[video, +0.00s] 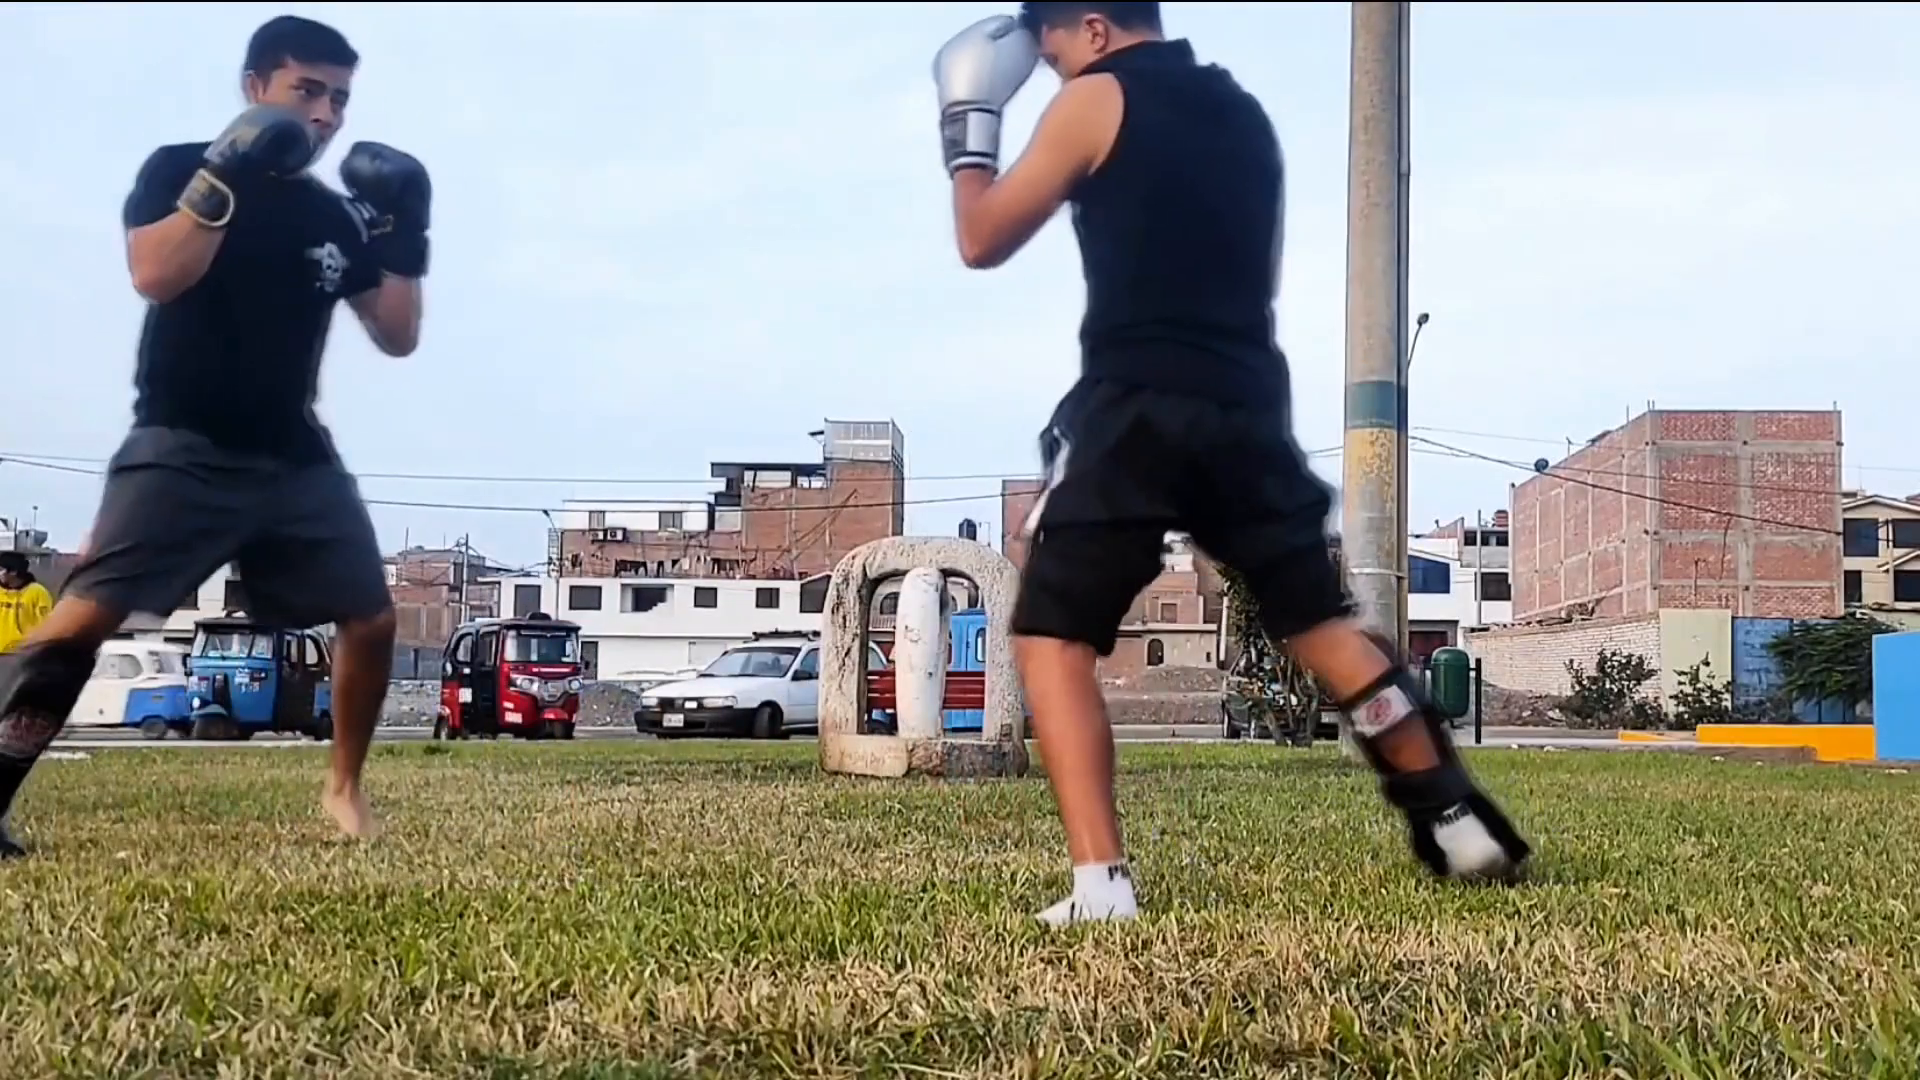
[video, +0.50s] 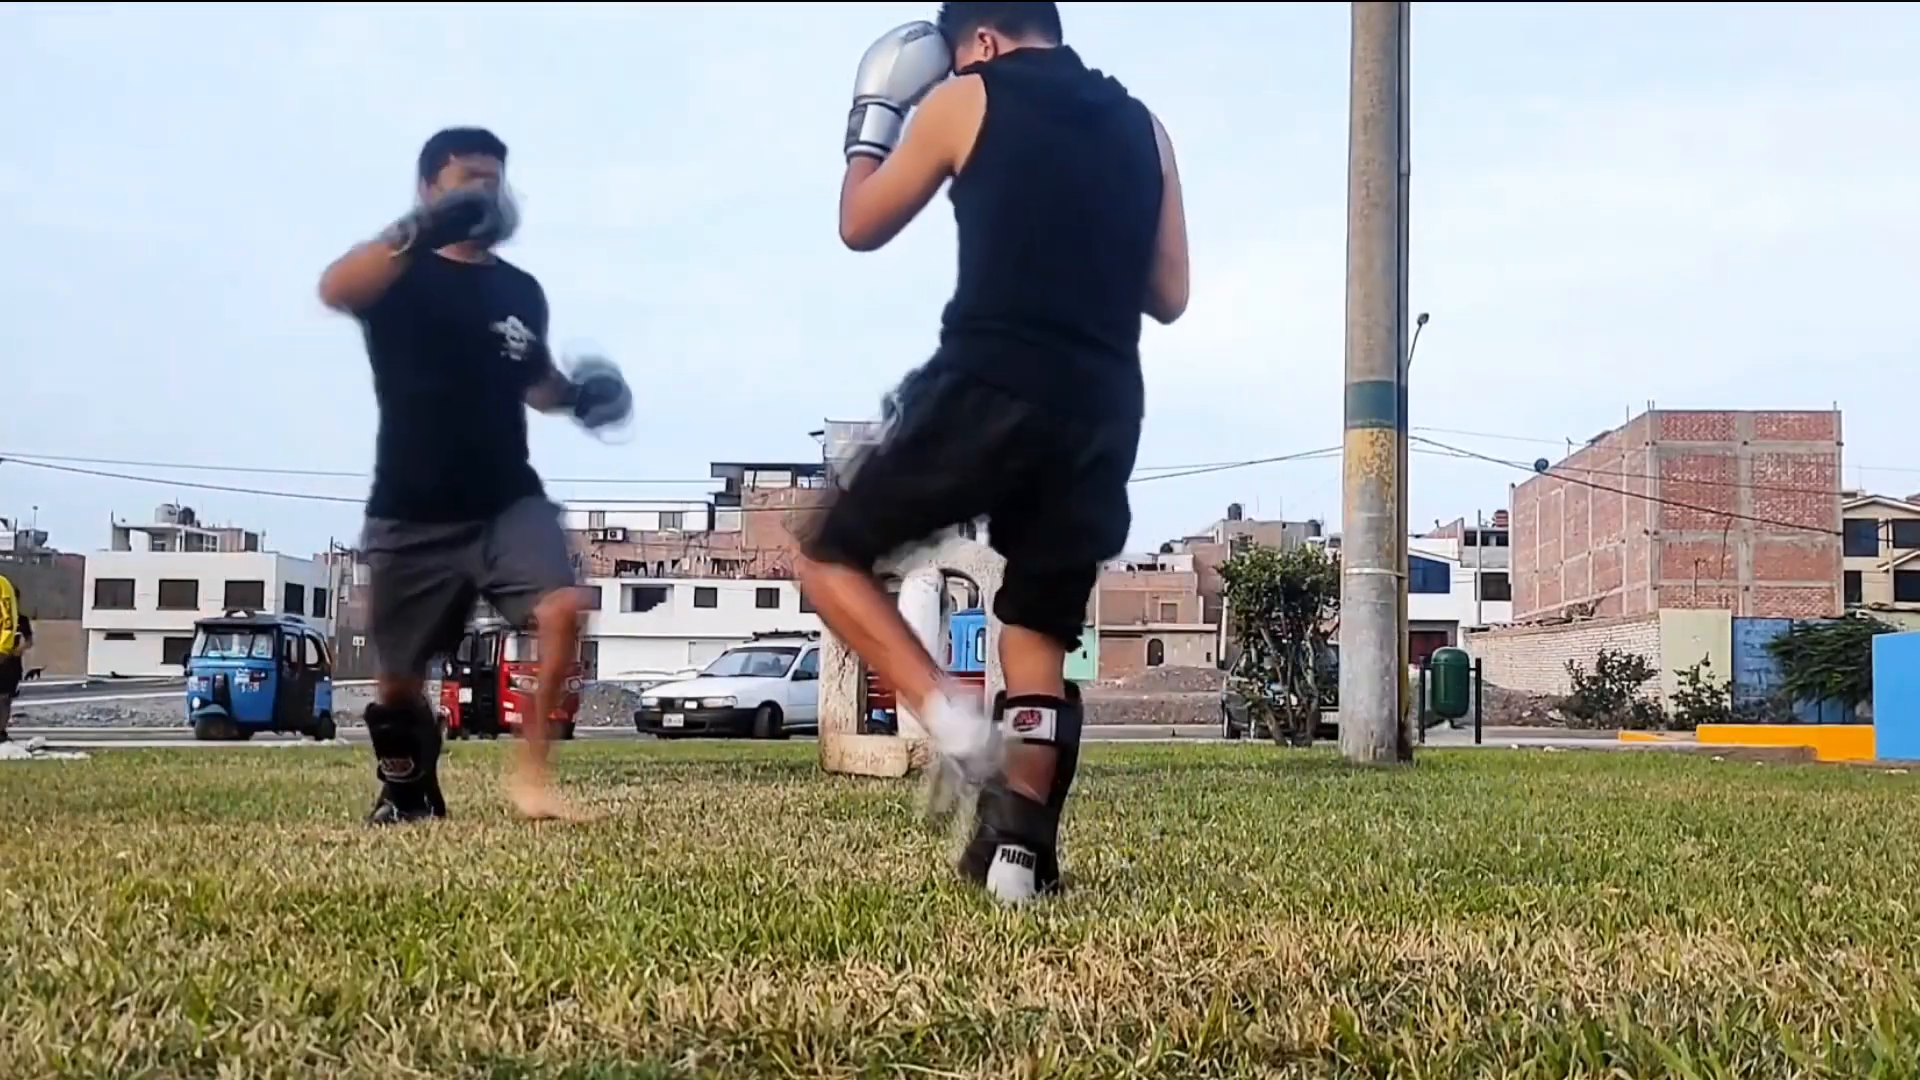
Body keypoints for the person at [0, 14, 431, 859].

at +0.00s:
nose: (324, 110)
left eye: (337, 97)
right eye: (309, 90)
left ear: (345, 107)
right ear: (256, 87)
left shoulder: (340, 215)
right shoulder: (181, 169)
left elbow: (398, 335)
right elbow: (155, 275)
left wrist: (405, 229)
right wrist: (222, 175)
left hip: (296, 455)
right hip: (181, 444)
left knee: (371, 617)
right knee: (85, 614)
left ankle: (345, 789)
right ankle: (0, 800)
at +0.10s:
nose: (366, 115)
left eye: (380, 101)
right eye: (349, 96)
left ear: (391, 110)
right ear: (302, 96)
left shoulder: (396, 211)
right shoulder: (247, 177)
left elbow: (468, 331)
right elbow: (195, 275)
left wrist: (451, 224)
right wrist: (253, 176)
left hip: (344, 457)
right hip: (231, 436)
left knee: (382, 624)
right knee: (136, 597)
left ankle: (333, 810)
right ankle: (35, 790)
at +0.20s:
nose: (405, 115)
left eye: (418, 101)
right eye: (387, 98)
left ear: (428, 110)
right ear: (345, 103)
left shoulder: (440, 213)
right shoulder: (297, 182)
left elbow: (509, 329)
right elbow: (236, 274)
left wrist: (491, 222)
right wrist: (292, 171)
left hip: (381, 458)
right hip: (272, 434)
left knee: (388, 628)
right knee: (219, 584)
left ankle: (339, 806)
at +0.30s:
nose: (436, 115)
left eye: (448, 101)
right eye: (419, 97)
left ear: (459, 113)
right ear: (377, 102)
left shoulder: (467, 216)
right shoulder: (321, 183)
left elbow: (514, 334)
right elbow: (271, 274)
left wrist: (514, 243)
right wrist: (334, 183)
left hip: (423, 444)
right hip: (321, 432)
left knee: (429, 610)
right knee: (298, 606)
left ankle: (367, 784)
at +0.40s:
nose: (459, 155)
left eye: (470, 145)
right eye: (444, 139)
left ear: (480, 158)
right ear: (401, 144)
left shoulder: (489, 254)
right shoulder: (351, 227)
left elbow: (523, 367)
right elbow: (293, 295)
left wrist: (542, 306)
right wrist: (368, 218)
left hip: (475, 474)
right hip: (377, 474)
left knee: (506, 603)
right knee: (376, 662)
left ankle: (435, 776)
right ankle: (389, 767)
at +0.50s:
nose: (483, 190)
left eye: (493, 180)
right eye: (468, 178)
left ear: (504, 193)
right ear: (429, 187)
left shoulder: (521, 289)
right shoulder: (390, 264)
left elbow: (532, 382)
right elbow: (336, 290)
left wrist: (576, 394)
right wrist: (419, 231)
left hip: (508, 503)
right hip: (412, 512)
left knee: (562, 608)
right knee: (397, 678)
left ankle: (532, 778)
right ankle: (410, 800)